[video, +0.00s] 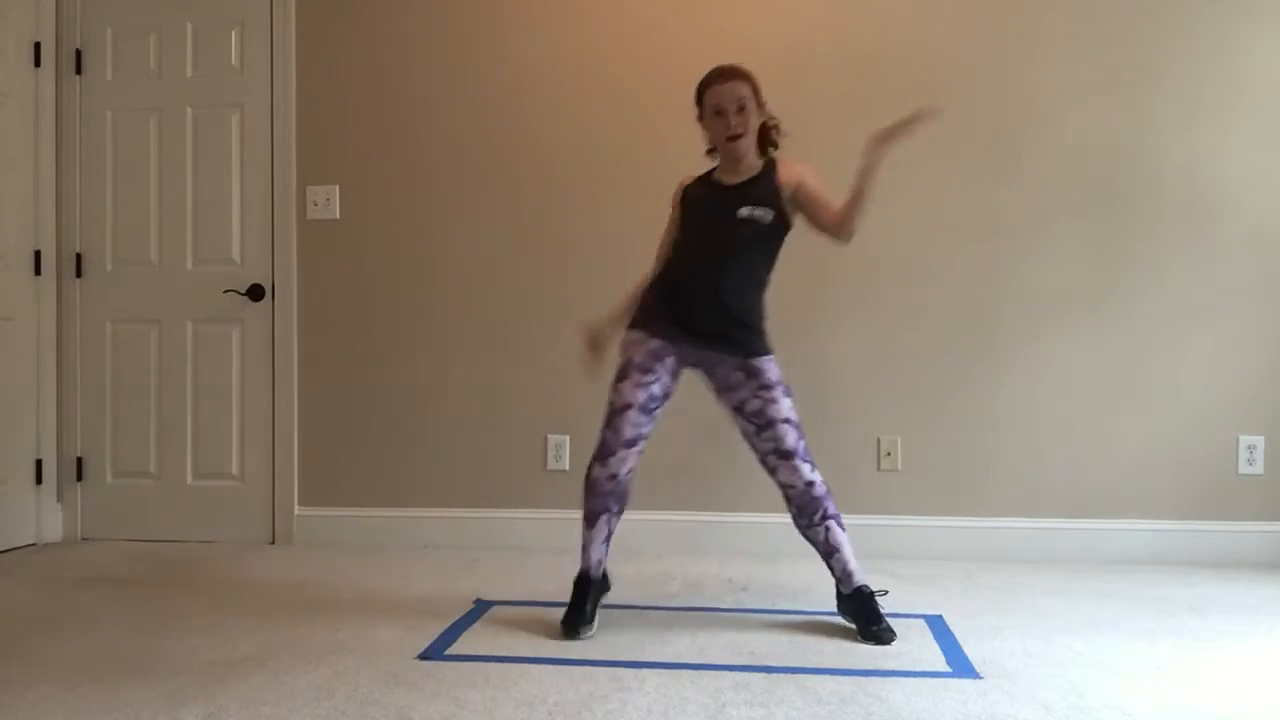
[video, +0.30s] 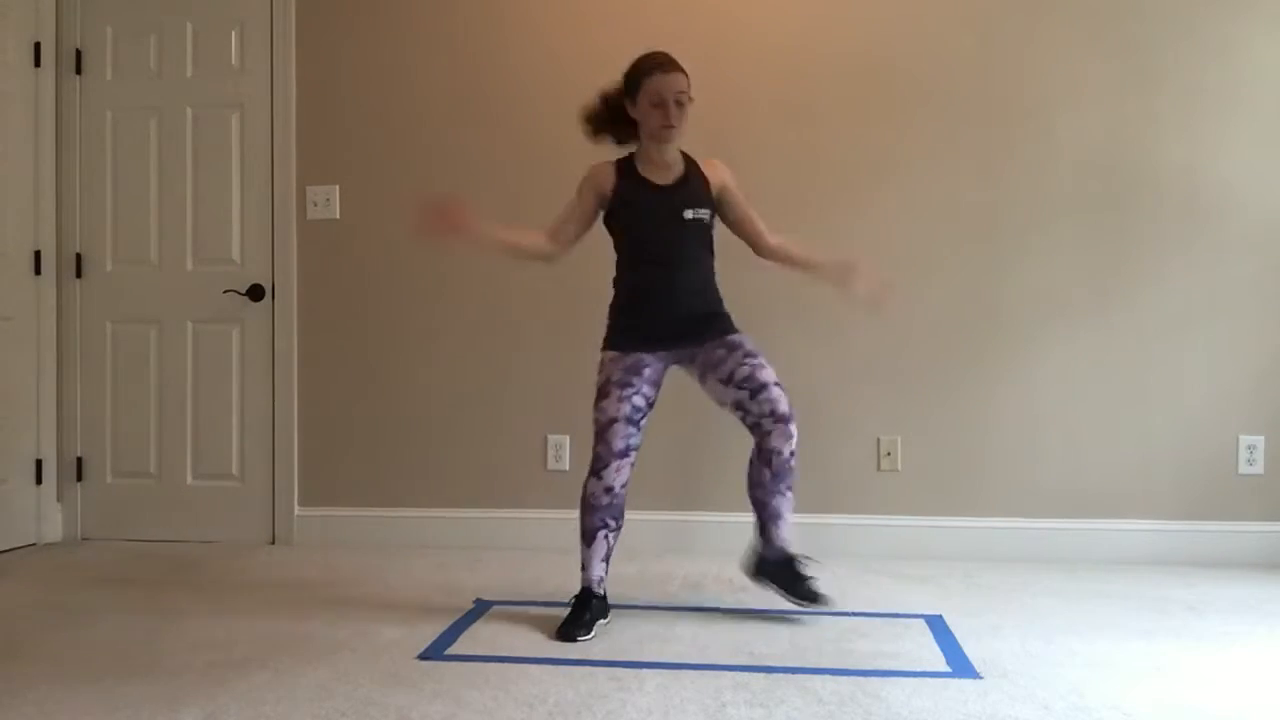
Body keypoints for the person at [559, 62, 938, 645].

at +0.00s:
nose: (731, 121)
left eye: (741, 108)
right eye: (718, 113)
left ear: (761, 113)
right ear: (703, 124)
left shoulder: (784, 180)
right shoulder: (689, 193)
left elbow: (842, 227)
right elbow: (663, 269)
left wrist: (873, 155)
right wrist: (612, 324)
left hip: (736, 341)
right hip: (659, 330)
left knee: (793, 467)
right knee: (612, 457)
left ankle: (853, 589)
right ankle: (590, 579)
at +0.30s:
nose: (671, 113)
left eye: (680, 101)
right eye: (658, 101)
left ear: (691, 106)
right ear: (632, 109)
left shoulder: (710, 177)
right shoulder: (608, 179)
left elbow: (764, 243)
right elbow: (551, 243)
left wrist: (833, 268)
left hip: (708, 332)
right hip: (635, 339)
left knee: (776, 417)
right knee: (610, 460)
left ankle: (773, 553)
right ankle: (592, 592)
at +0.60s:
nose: (684, 151)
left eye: (693, 141)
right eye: (671, 141)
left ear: (704, 146)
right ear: (650, 148)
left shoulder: (726, 210)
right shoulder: (630, 216)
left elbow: (749, 289)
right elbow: (576, 278)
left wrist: (773, 356)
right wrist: (576, 203)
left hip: (733, 355)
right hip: (667, 359)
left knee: (741, 465)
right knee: (633, 470)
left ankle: (728, 547)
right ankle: (594, 590)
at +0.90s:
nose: (694, 118)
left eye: (703, 107)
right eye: (683, 110)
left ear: (721, 109)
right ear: (668, 115)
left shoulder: (737, 180)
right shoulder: (647, 171)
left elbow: (753, 263)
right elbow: (619, 244)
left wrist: (800, 223)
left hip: (704, 326)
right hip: (641, 320)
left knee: (713, 438)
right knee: (639, 434)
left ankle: (710, 541)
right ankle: (638, 540)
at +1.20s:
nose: (681, 122)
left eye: (690, 111)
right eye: (669, 112)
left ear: (704, 113)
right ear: (651, 118)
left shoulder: (725, 177)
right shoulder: (631, 181)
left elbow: (758, 254)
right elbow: (607, 264)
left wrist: (828, 255)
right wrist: (549, 309)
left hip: (716, 325)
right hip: (651, 330)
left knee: (751, 429)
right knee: (645, 445)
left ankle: (754, 525)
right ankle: (643, 549)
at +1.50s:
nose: (704, 139)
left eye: (717, 130)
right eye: (694, 129)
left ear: (737, 137)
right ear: (681, 135)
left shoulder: (754, 207)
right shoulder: (653, 205)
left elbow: (775, 293)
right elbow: (602, 263)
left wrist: (803, 370)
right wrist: (597, 184)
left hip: (759, 355)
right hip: (692, 362)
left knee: (774, 474)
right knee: (674, 462)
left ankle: (807, 594)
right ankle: (686, 554)